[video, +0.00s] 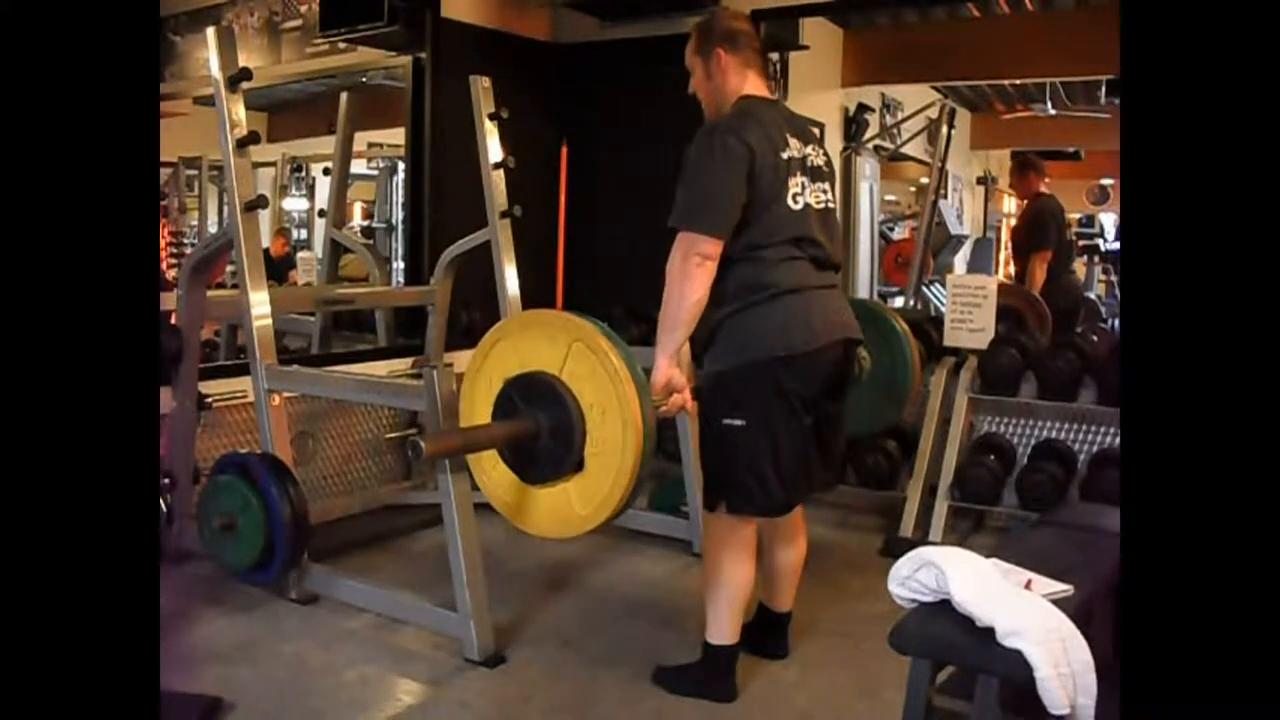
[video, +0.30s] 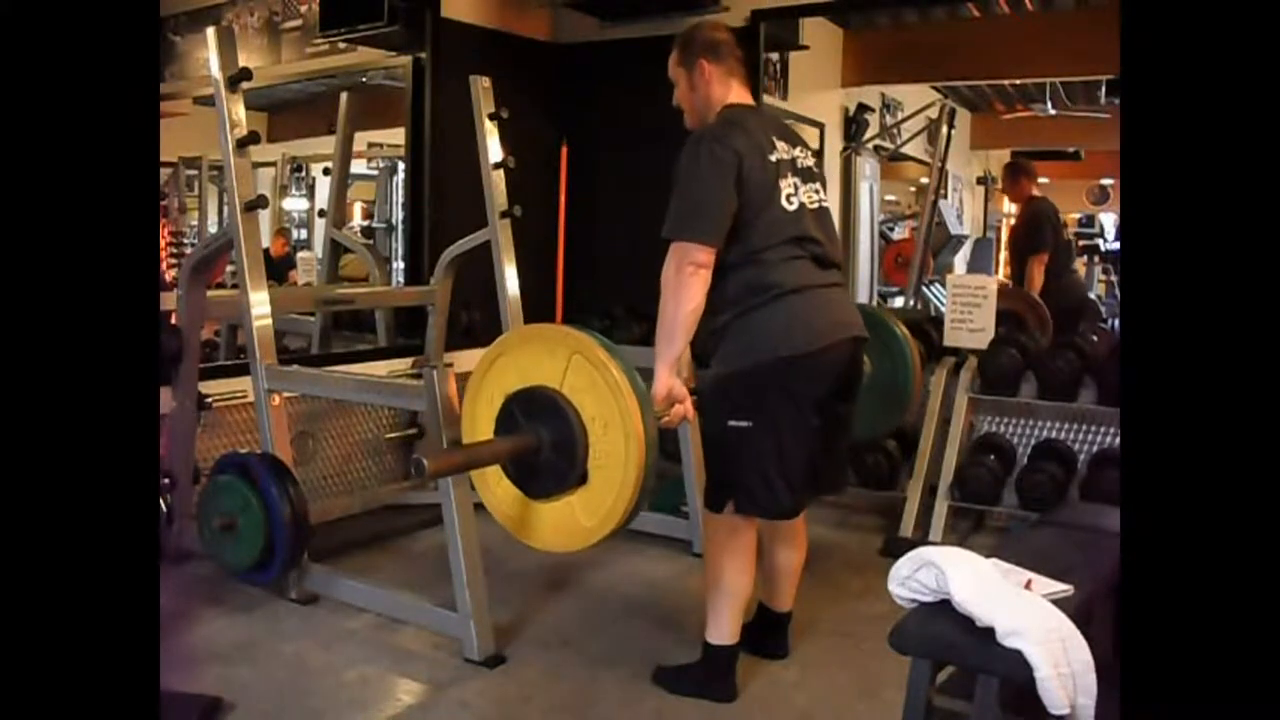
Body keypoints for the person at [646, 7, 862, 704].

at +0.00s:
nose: (693, 89)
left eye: (693, 74)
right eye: (691, 76)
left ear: (719, 62)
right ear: (753, 62)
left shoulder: (728, 134)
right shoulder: (808, 130)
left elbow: (698, 252)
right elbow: (807, 243)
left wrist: (668, 353)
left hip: (758, 347)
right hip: (828, 340)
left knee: (731, 511)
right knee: (784, 498)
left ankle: (715, 668)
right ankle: (772, 631)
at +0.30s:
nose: (677, 99)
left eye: (678, 83)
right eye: (675, 85)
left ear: (704, 73)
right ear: (734, 74)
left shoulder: (716, 142)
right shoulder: (790, 134)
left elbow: (693, 260)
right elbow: (797, 247)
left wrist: (667, 367)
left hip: (764, 350)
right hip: (832, 340)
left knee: (732, 507)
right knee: (785, 495)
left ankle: (715, 667)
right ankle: (773, 630)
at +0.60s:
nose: (670, 116)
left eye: (669, 100)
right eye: (667, 102)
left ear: (693, 86)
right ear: (729, 85)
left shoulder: (708, 150)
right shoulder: (782, 144)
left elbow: (691, 269)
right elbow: (808, 251)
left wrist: (668, 377)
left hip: (771, 350)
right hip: (839, 340)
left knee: (734, 507)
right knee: (792, 497)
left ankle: (716, 667)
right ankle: (774, 630)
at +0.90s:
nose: (655, 132)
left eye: (655, 115)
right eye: (652, 118)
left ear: (679, 102)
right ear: (711, 101)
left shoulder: (698, 166)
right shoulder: (770, 159)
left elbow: (683, 282)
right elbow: (799, 261)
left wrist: (665, 390)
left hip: (780, 356)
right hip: (848, 342)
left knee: (735, 504)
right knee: (793, 498)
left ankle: (717, 666)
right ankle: (773, 631)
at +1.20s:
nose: (650, 149)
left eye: (650, 133)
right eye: (648, 135)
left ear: (672, 119)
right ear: (705, 119)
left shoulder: (694, 179)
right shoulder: (766, 170)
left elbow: (677, 297)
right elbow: (800, 268)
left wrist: (659, 409)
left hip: (794, 351)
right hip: (860, 336)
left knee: (735, 501)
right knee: (794, 496)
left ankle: (716, 667)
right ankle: (773, 630)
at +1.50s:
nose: (645, 170)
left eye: (644, 152)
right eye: (642, 155)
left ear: (666, 139)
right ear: (699, 137)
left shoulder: (688, 199)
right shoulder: (759, 184)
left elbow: (672, 317)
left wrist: (653, 428)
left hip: (799, 356)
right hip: (869, 340)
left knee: (736, 500)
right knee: (796, 497)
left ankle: (717, 668)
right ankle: (773, 630)